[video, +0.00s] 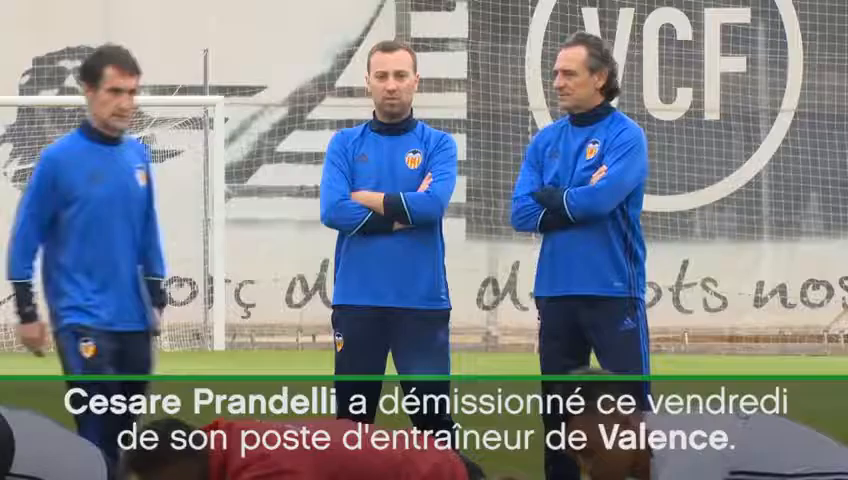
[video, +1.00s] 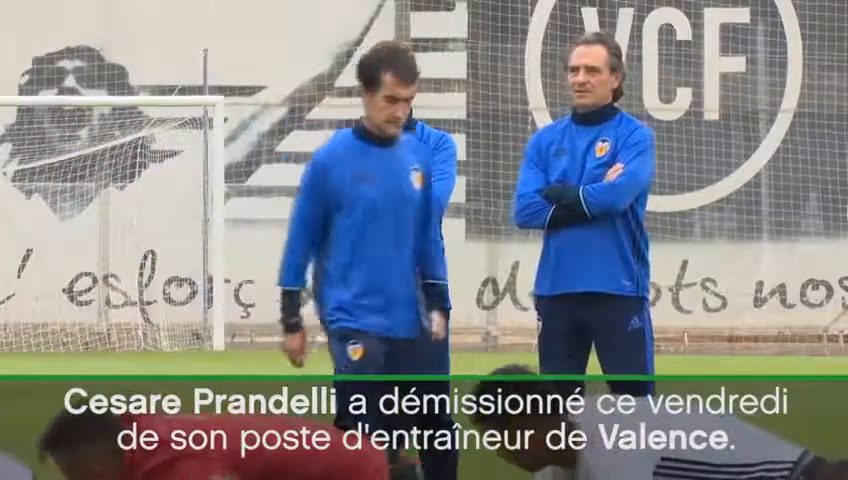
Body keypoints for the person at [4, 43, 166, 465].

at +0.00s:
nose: (125, 103)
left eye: (132, 93)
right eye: (115, 91)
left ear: (138, 95)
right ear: (88, 92)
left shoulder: (137, 154)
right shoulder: (58, 159)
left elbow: (147, 226)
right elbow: (24, 234)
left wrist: (157, 284)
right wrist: (26, 308)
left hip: (132, 308)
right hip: (79, 311)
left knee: (131, 424)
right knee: (99, 426)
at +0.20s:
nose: (174, 97)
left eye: (182, 87)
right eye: (165, 84)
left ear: (186, 89)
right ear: (139, 85)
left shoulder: (185, 149)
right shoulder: (111, 152)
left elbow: (196, 231)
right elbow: (87, 234)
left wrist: (204, 297)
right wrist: (105, 301)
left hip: (189, 313)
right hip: (130, 318)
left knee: (206, 421)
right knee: (117, 433)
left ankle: (202, 478)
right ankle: (112, 478)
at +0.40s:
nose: (235, 107)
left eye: (241, 96)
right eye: (225, 95)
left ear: (247, 97)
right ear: (199, 95)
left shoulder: (245, 162)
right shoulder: (169, 163)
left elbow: (254, 243)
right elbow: (143, 242)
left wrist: (263, 310)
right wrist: (175, 299)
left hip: (244, 331)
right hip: (182, 335)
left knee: (253, 446)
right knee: (172, 447)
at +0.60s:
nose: (302, 101)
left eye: (309, 91)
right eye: (293, 89)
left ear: (316, 92)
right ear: (266, 85)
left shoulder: (312, 154)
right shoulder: (230, 150)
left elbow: (322, 241)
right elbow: (200, 232)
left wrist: (335, 313)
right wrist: (209, 305)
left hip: (310, 317)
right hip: (251, 318)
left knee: (307, 433)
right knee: (258, 434)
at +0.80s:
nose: (353, 109)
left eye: (360, 99)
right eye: (344, 97)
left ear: (366, 95)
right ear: (317, 91)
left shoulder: (367, 160)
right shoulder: (281, 157)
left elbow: (378, 236)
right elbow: (244, 232)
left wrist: (393, 300)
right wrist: (238, 310)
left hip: (356, 315)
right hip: (299, 313)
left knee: (355, 429)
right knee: (321, 414)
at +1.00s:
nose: (401, 112)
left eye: (408, 101)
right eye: (391, 100)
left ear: (416, 95)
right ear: (364, 93)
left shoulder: (415, 158)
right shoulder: (330, 160)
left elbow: (428, 237)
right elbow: (299, 241)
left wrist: (439, 303)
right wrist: (291, 320)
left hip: (412, 318)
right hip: (352, 319)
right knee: (365, 442)